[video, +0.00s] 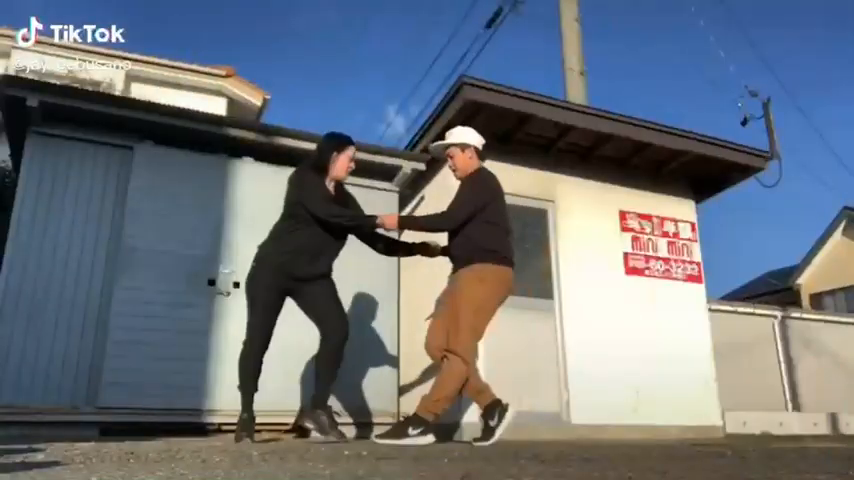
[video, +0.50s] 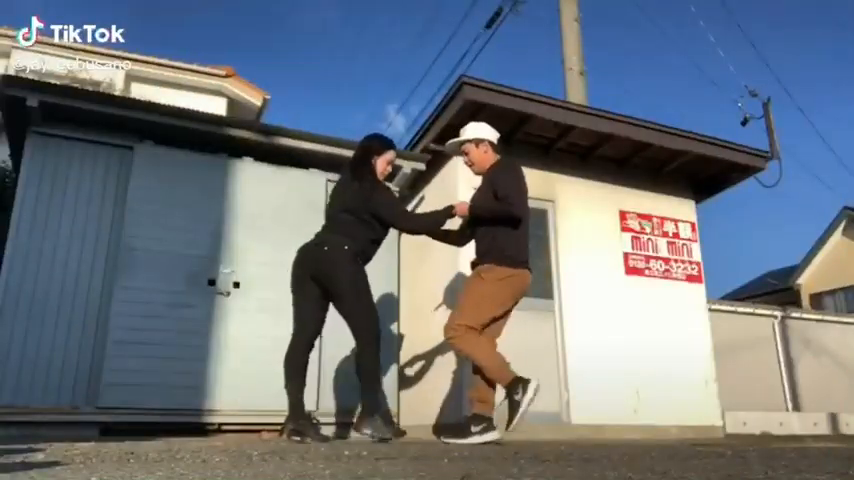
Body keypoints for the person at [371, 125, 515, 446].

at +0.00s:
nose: (448, 162)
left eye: (451, 155)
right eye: (447, 157)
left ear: (470, 153)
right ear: (466, 155)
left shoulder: (481, 180)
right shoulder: (474, 185)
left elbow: (450, 220)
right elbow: (469, 242)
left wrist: (401, 222)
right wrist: (439, 250)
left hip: (485, 270)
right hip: (468, 271)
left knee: (460, 346)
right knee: (437, 344)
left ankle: (424, 420)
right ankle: (491, 406)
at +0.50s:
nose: (465, 159)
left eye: (467, 152)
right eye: (463, 154)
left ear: (485, 146)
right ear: (482, 150)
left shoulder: (505, 170)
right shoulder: (487, 187)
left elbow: (515, 211)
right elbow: (461, 237)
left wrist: (470, 211)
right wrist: (423, 225)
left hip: (501, 270)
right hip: (503, 272)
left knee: (458, 331)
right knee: (483, 343)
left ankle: (514, 385)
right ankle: (481, 420)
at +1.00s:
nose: (502, 166)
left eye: (503, 158)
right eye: (500, 160)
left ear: (522, 150)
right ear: (518, 154)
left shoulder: (542, 176)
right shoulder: (539, 181)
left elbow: (531, 214)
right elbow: (528, 234)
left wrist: (486, 208)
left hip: (569, 267)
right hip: (566, 268)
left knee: (563, 346)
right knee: (567, 347)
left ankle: (572, 425)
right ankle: (627, 399)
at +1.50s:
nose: (504, 164)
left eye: (505, 156)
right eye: (501, 159)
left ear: (524, 148)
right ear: (517, 154)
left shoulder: (549, 173)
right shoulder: (526, 190)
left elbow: (570, 214)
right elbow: (520, 238)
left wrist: (528, 213)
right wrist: (490, 230)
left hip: (576, 268)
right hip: (547, 277)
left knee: (581, 344)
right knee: (528, 333)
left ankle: (601, 422)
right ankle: (572, 394)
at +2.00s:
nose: (465, 163)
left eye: (466, 155)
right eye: (462, 158)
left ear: (484, 147)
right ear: (486, 151)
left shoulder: (503, 174)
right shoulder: (508, 182)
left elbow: (493, 212)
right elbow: (486, 248)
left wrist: (453, 215)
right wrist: (446, 246)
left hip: (505, 272)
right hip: (522, 277)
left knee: (457, 325)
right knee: (491, 345)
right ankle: (500, 426)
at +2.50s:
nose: (446, 160)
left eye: (447, 152)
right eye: (443, 154)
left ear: (465, 145)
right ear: (459, 149)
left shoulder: (487, 172)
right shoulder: (469, 187)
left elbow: (487, 217)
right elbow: (452, 241)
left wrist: (441, 215)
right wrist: (417, 233)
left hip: (489, 273)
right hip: (468, 273)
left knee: (459, 344)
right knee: (440, 341)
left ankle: (426, 420)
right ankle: (484, 411)